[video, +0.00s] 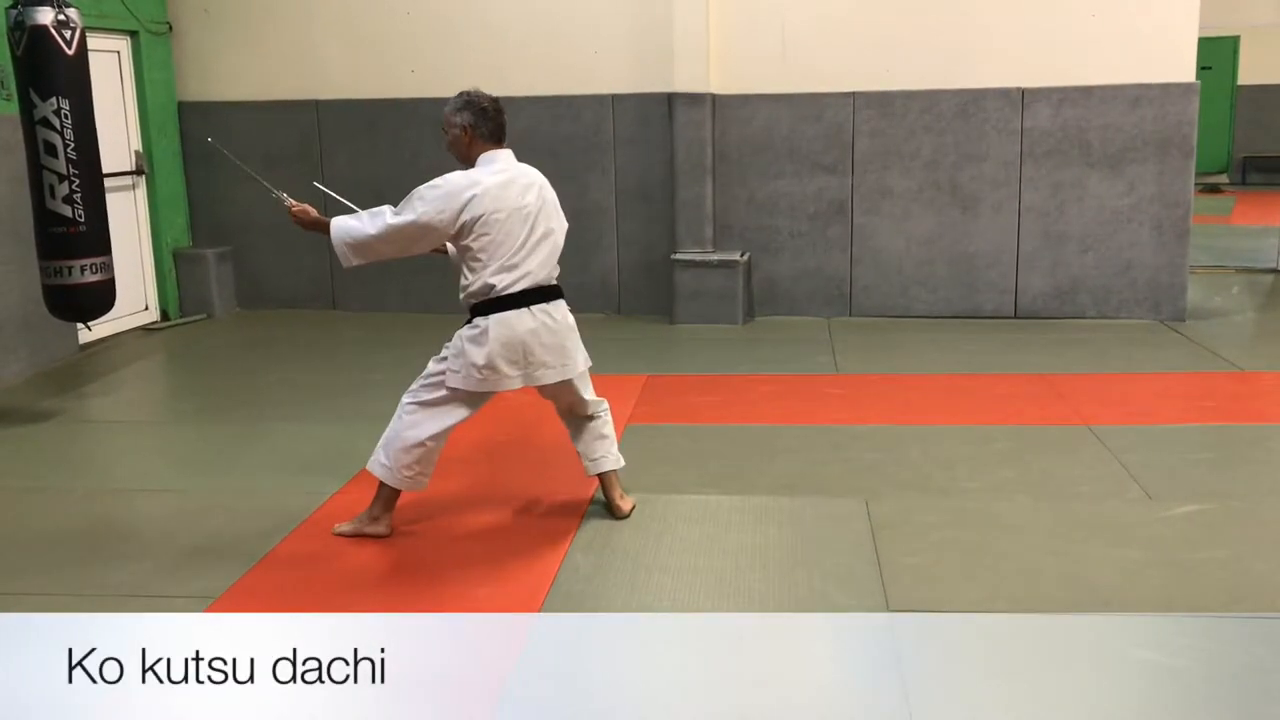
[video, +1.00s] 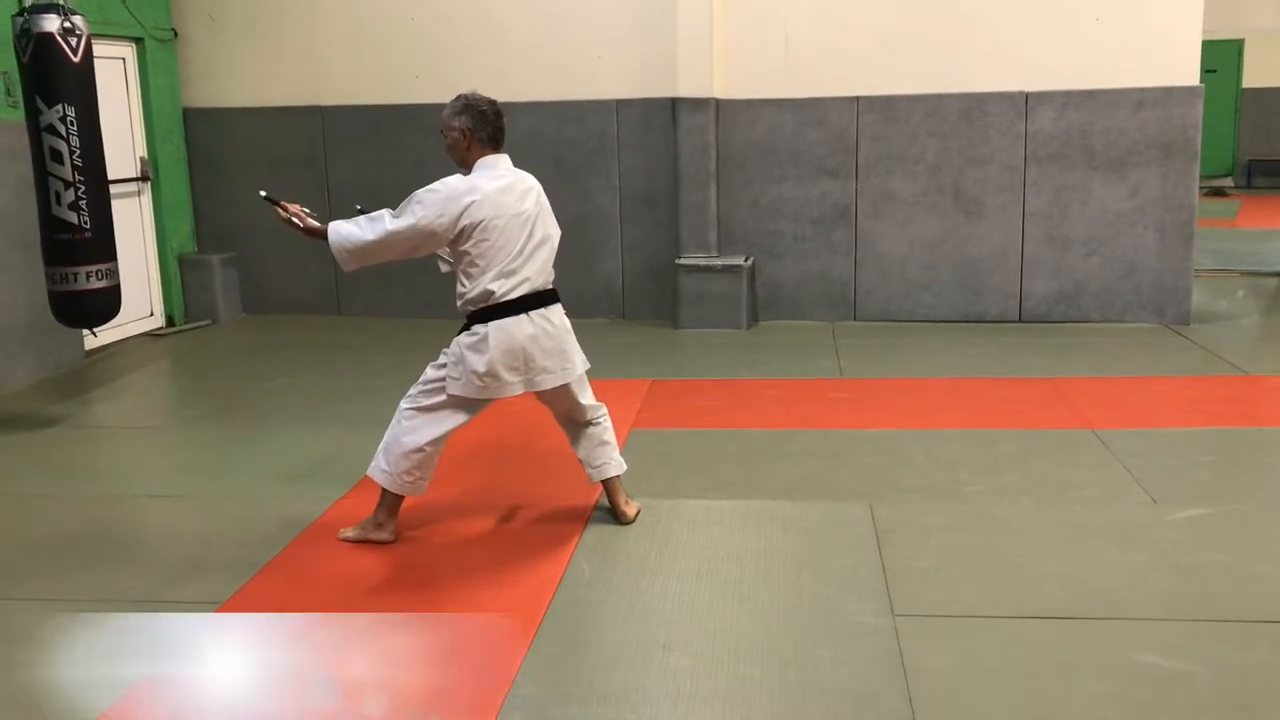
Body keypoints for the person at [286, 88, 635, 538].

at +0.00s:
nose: (446, 143)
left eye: (449, 132)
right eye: (445, 132)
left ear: (470, 132)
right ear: (493, 131)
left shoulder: (458, 190)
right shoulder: (537, 181)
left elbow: (391, 226)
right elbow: (528, 239)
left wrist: (322, 223)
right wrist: (451, 242)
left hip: (492, 332)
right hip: (553, 323)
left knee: (422, 406)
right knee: (584, 406)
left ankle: (379, 512)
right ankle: (617, 496)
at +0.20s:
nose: (447, 143)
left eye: (450, 132)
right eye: (447, 133)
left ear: (471, 132)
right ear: (494, 130)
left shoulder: (460, 189)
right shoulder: (537, 181)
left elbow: (393, 224)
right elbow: (519, 240)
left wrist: (325, 222)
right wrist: (451, 243)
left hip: (492, 331)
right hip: (553, 322)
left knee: (423, 407)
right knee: (582, 405)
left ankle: (379, 513)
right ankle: (618, 496)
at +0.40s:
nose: (447, 143)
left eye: (450, 132)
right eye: (447, 132)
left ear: (472, 132)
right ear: (491, 131)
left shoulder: (459, 191)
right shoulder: (535, 182)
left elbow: (391, 227)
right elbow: (503, 244)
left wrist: (323, 230)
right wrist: (444, 248)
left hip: (492, 333)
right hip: (553, 323)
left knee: (423, 409)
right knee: (584, 406)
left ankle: (380, 515)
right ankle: (619, 497)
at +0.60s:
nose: (449, 139)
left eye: (452, 129)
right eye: (450, 129)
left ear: (470, 132)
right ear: (500, 131)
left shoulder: (457, 192)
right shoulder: (532, 182)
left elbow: (386, 220)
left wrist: (312, 222)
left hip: (491, 336)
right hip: (551, 326)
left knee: (420, 410)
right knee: (584, 409)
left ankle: (381, 516)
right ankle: (619, 498)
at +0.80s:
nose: (446, 143)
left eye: (449, 133)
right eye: (446, 133)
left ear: (469, 135)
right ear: (493, 132)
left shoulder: (456, 195)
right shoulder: (530, 184)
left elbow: (392, 227)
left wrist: (319, 226)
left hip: (490, 337)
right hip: (550, 326)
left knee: (419, 412)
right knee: (583, 409)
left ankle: (383, 518)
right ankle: (619, 499)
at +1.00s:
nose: (444, 145)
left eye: (447, 135)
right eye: (444, 135)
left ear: (467, 137)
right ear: (491, 134)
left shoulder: (454, 197)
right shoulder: (529, 185)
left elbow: (391, 231)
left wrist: (322, 231)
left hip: (489, 339)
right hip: (550, 327)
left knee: (419, 413)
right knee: (584, 411)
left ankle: (384, 518)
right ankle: (620, 500)